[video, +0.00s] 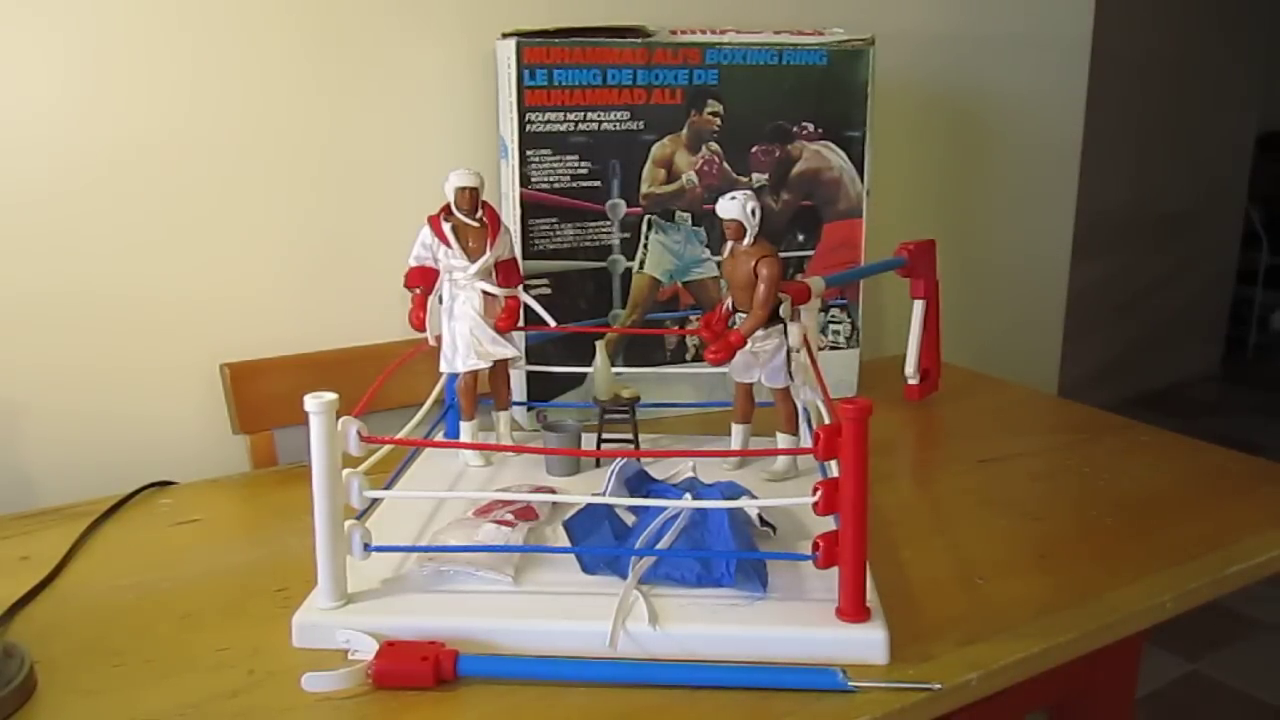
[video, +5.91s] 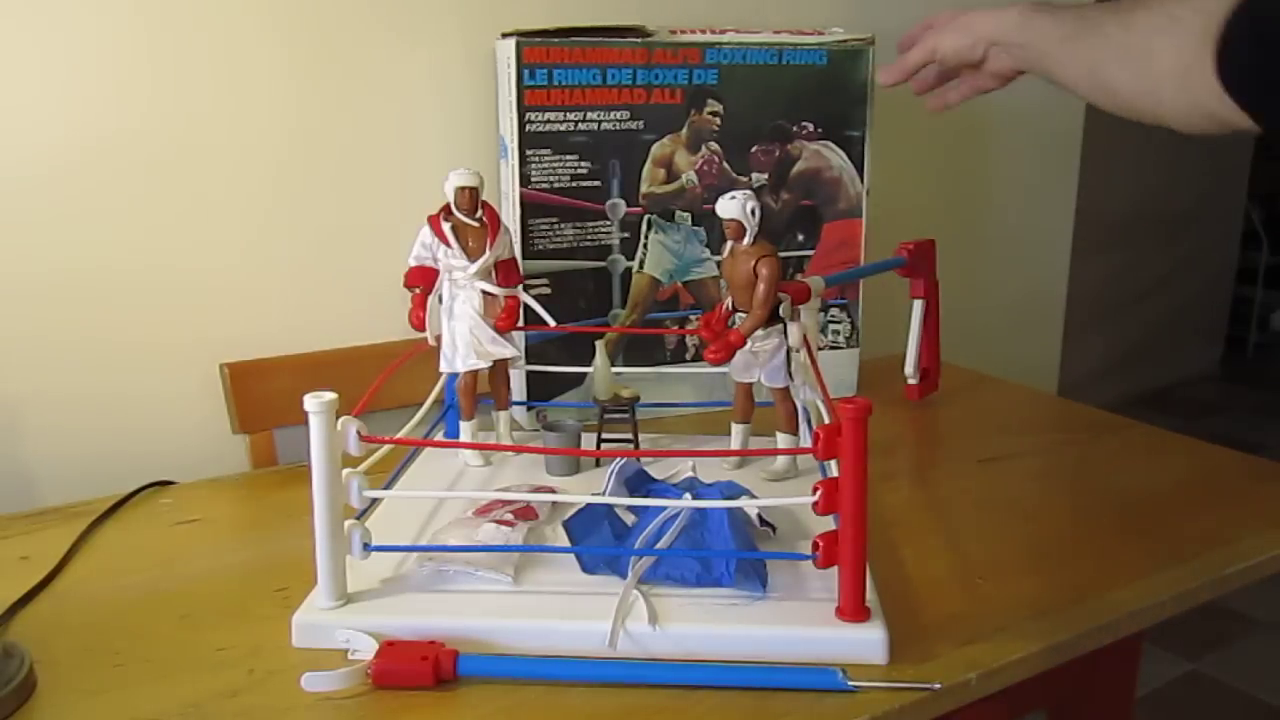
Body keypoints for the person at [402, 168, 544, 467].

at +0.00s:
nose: (468, 198)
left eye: (473, 191)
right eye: (461, 192)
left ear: (481, 194)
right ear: (451, 195)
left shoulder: (496, 228)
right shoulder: (436, 230)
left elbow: (508, 269)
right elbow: (421, 267)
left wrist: (512, 304)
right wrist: (419, 302)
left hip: (493, 301)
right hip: (458, 302)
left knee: (500, 363)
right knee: (468, 369)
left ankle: (505, 432)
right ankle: (468, 440)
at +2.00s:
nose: (467, 198)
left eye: (472, 191)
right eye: (461, 191)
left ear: (480, 194)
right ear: (451, 195)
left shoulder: (495, 227)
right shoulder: (435, 229)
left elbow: (509, 270)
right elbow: (421, 273)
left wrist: (511, 306)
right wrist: (422, 314)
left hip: (492, 303)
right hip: (457, 305)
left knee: (500, 364)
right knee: (468, 370)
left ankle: (505, 432)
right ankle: (469, 440)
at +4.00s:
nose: (467, 198)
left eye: (472, 191)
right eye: (461, 192)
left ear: (480, 194)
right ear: (451, 195)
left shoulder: (497, 228)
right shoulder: (436, 230)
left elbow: (509, 270)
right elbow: (422, 268)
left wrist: (512, 305)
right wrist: (419, 303)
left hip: (493, 302)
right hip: (458, 304)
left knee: (501, 364)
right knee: (469, 370)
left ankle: (505, 433)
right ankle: (468, 441)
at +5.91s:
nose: (467, 198)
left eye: (472, 191)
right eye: (461, 192)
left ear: (479, 194)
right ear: (450, 195)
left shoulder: (495, 227)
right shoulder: (435, 229)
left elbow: (508, 269)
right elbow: (421, 271)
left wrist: (510, 305)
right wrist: (420, 309)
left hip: (492, 302)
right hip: (458, 304)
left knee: (500, 363)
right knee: (468, 369)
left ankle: (505, 430)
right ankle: (468, 440)